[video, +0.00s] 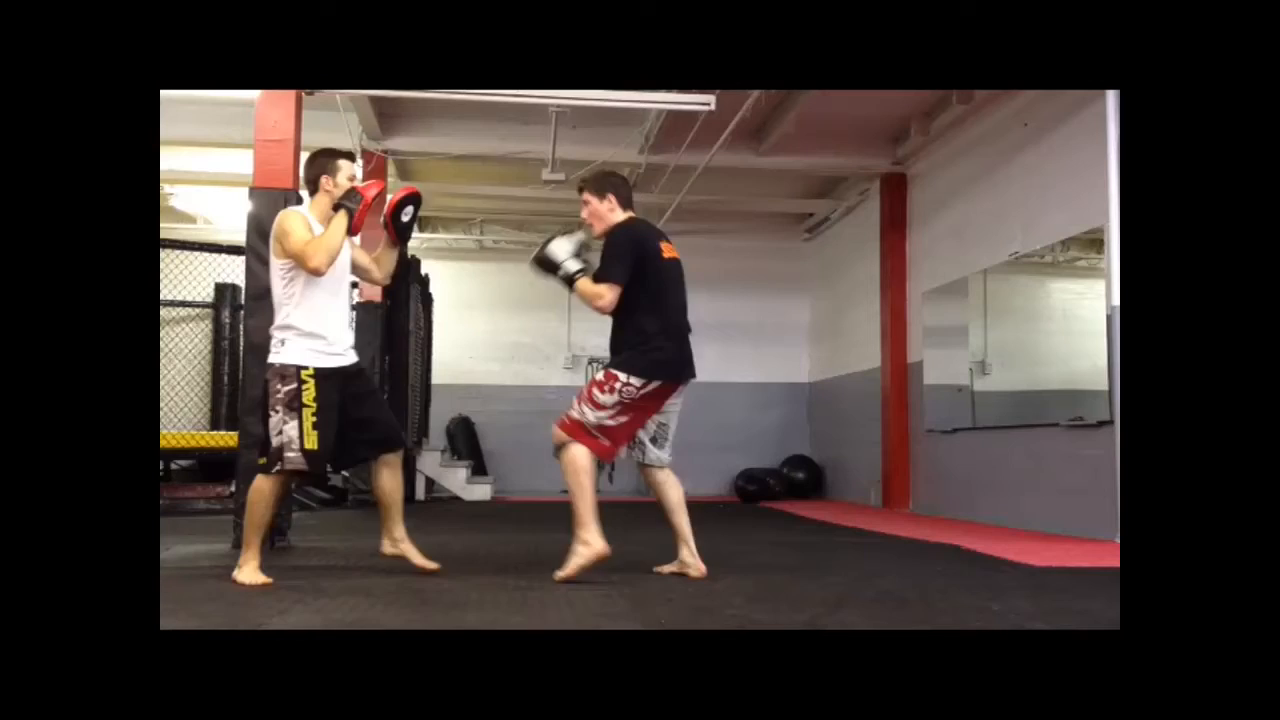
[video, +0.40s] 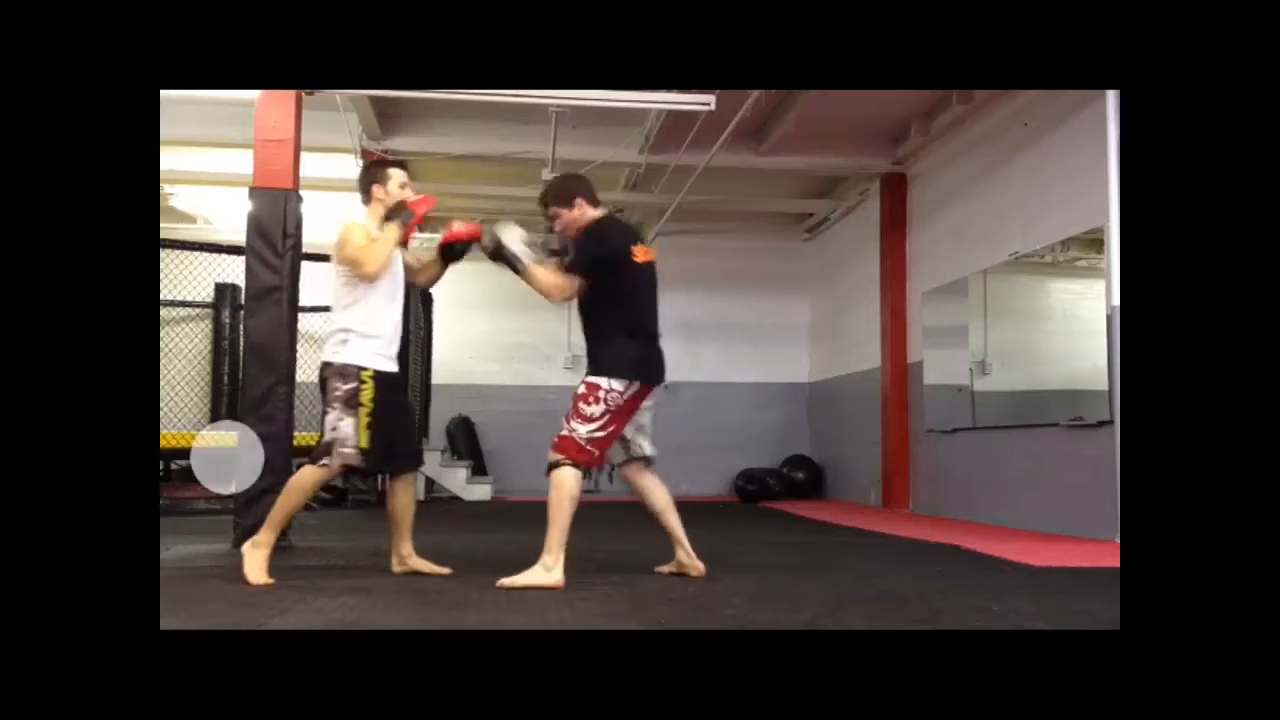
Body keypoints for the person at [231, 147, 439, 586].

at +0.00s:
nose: (357, 187)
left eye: (357, 180)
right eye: (350, 179)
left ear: (333, 185)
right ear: (325, 182)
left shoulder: (338, 235)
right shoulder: (290, 220)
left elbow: (380, 273)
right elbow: (317, 261)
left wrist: (400, 231)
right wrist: (346, 212)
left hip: (343, 363)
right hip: (297, 362)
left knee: (389, 446)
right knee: (281, 463)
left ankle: (395, 537)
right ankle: (248, 562)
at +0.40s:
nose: (411, 193)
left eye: (410, 186)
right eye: (403, 186)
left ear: (388, 193)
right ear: (378, 191)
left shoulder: (391, 240)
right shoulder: (353, 231)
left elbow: (421, 277)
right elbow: (370, 266)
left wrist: (448, 251)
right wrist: (400, 225)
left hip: (385, 364)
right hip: (350, 361)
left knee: (404, 459)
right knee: (336, 456)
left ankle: (404, 553)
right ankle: (261, 543)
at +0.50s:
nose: (421, 199)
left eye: (420, 192)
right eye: (413, 191)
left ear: (392, 197)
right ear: (388, 194)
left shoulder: (387, 233)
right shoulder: (379, 223)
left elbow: (390, 287)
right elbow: (424, 244)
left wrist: (428, 276)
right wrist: (447, 212)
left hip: (381, 363)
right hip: (358, 362)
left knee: (401, 460)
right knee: (336, 458)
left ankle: (403, 553)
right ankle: (262, 544)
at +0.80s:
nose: (414, 205)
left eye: (417, 199)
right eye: (407, 195)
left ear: (409, 206)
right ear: (381, 196)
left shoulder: (398, 244)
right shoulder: (355, 233)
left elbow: (430, 289)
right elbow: (384, 259)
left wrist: (449, 257)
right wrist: (420, 218)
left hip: (379, 370)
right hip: (338, 367)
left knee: (399, 458)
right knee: (310, 459)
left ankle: (404, 553)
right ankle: (251, 551)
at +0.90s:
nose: (401, 202)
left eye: (403, 195)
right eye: (392, 194)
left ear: (398, 200)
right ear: (365, 197)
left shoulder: (389, 246)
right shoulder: (338, 236)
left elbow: (425, 282)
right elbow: (335, 277)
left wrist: (445, 262)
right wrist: (384, 241)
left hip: (372, 371)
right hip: (328, 369)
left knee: (398, 458)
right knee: (300, 463)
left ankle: (404, 552)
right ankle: (249, 558)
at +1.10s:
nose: (369, 196)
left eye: (369, 189)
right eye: (360, 188)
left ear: (352, 194)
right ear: (332, 192)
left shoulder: (364, 241)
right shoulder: (296, 228)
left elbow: (409, 286)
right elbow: (269, 274)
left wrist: (443, 247)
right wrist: (321, 235)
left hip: (350, 366)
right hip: (300, 365)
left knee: (387, 451)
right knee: (278, 465)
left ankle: (394, 542)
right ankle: (246, 562)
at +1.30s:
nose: (377, 197)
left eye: (377, 189)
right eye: (368, 189)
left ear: (356, 196)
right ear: (340, 194)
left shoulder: (359, 245)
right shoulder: (310, 232)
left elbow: (387, 288)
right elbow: (322, 267)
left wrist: (420, 258)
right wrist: (337, 223)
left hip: (346, 366)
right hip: (304, 364)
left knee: (374, 455)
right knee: (283, 463)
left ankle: (375, 552)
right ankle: (247, 562)